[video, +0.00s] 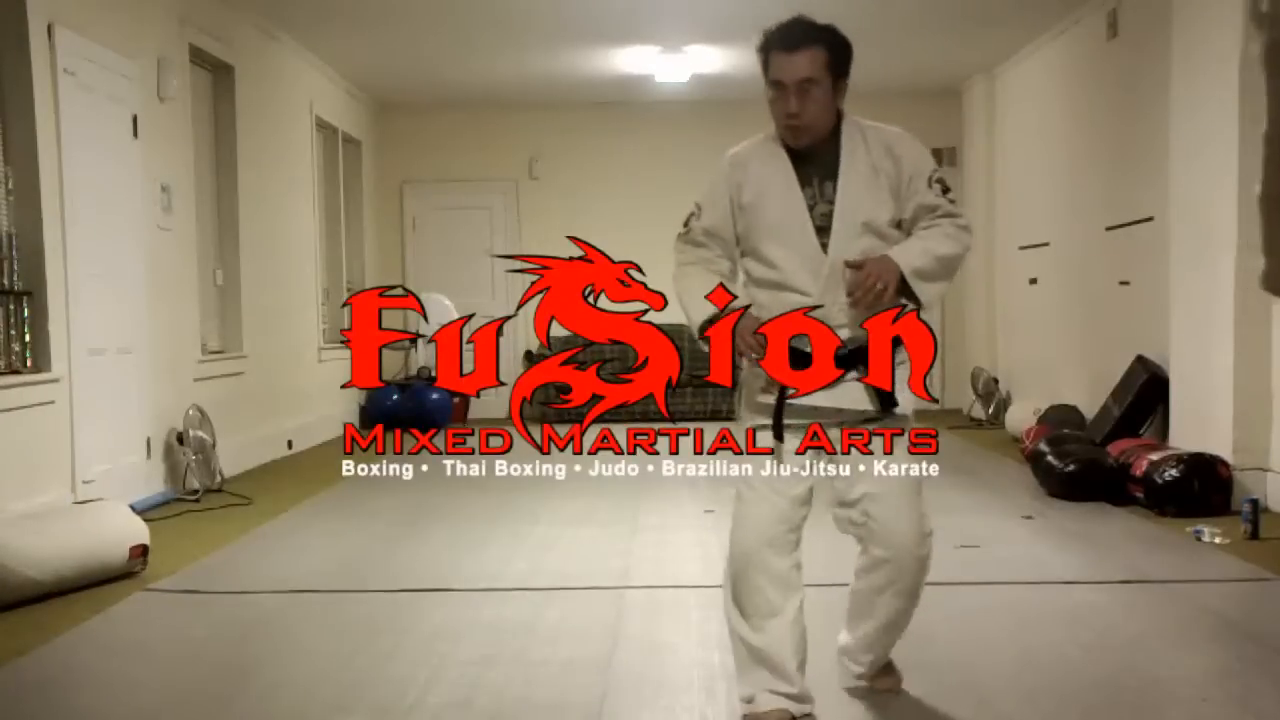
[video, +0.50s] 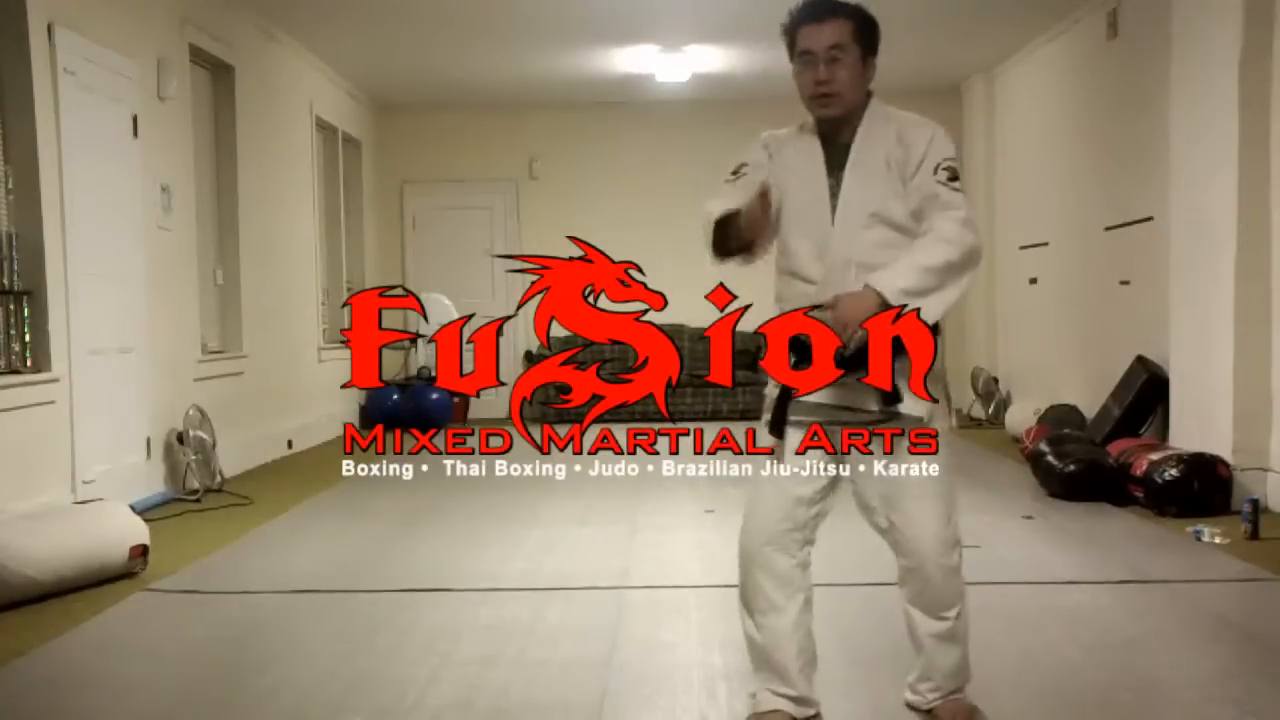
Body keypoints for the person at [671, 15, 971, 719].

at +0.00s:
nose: (790, 104)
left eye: (806, 88)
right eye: (778, 89)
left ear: (840, 87)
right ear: (764, 89)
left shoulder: (897, 153)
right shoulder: (741, 168)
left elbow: (951, 230)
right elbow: (698, 251)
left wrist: (901, 263)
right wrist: (726, 318)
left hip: (874, 396)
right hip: (774, 398)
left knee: (902, 543)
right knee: (757, 547)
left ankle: (866, 658)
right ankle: (772, 697)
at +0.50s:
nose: (821, 74)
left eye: (836, 58)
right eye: (806, 61)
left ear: (869, 66)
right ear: (792, 72)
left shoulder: (919, 140)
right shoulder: (772, 150)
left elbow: (957, 239)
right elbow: (726, 241)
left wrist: (872, 295)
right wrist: (745, 229)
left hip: (896, 368)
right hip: (801, 371)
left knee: (930, 546)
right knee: (767, 539)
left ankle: (940, 692)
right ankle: (783, 702)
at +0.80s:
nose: (863, 71)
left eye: (878, 55)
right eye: (847, 58)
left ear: (905, 66)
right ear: (828, 72)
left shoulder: (942, 137)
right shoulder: (808, 152)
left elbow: (978, 209)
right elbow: (751, 249)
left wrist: (923, 213)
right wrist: (756, 201)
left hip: (924, 369)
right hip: (826, 367)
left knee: (948, 546)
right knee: (787, 539)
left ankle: (944, 692)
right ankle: (784, 703)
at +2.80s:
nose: (887, 96)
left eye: (896, 83)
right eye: (869, 85)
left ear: (909, 92)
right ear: (841, 100)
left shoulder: (942, 162)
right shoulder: (805, 178)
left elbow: (1000, 228)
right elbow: (746, 246)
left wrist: (923, 226)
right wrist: (785, 240)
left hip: (921, 355)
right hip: (837, 362)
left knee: (968, 509)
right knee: (841, 515)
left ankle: (997, 647)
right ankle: (869, 642)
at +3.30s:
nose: (922, 94)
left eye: (936, 81)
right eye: (909, 82)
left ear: (960, 89)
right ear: (892, 92)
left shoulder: (1007, 163)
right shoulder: (856, 168)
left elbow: (1058, 230)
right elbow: (799, 221)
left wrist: (1025, 262)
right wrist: (786, 193)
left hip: (976, 369)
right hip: (883, 372)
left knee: (1009, 522)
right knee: (868, 519)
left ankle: (1014, 652)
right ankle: (874, 643)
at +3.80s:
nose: (965, 92)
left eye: (982, 80)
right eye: (956, 80)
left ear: (1015, 90)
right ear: (946, 90)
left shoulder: (1063, 163)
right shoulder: (914, 160)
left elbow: (1114, 242)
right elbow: (834, 163)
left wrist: (1062, 264)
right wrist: (841, 102)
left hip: (1018, 367)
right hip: (925, 366)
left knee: (1027, 524)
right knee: (886, 514)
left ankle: (1016, 654)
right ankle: (879, 640)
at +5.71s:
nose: (986, 86)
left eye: (998, 74)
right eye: (969, 74)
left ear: (1015, 84)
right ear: (946, 85)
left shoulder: (1056, 168)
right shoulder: (909, 157)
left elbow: (1102, 244)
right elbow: (842, 150)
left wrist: (1058, 268)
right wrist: (800, 114)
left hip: (1011, 366)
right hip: (920, 365)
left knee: (1025, 526)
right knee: (889, 517)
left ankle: (1016, 653)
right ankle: (881, 643)